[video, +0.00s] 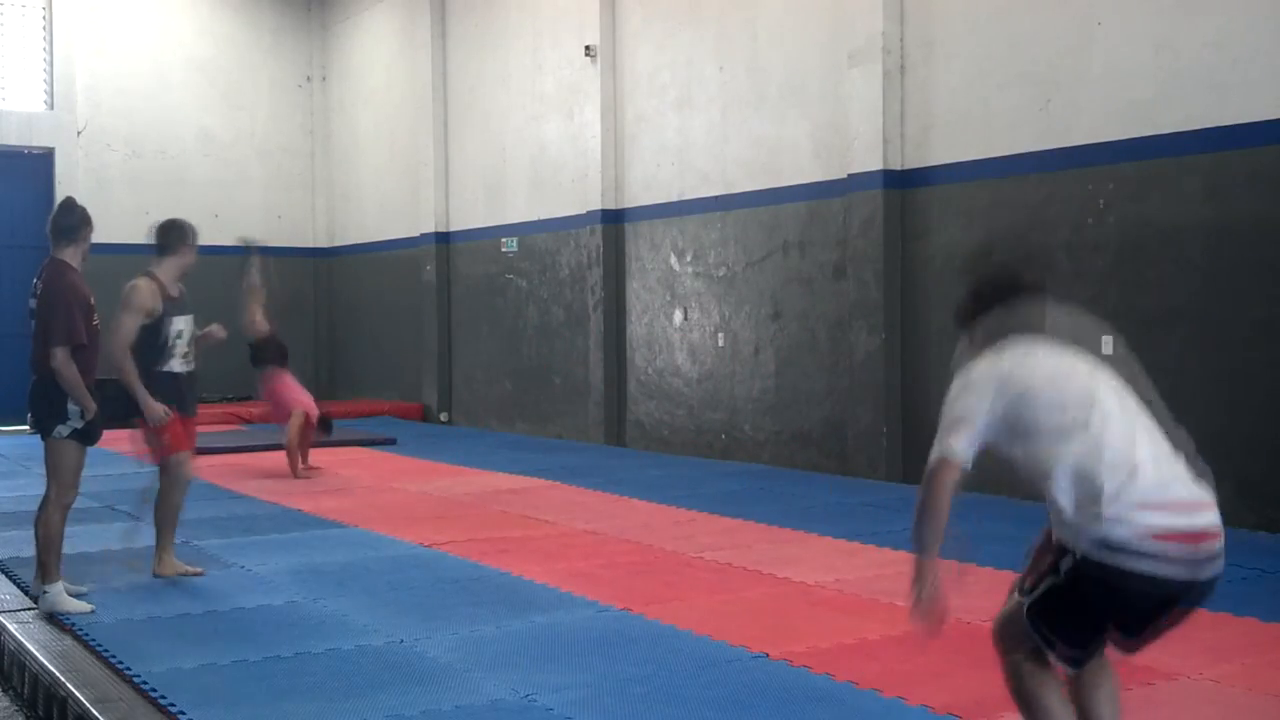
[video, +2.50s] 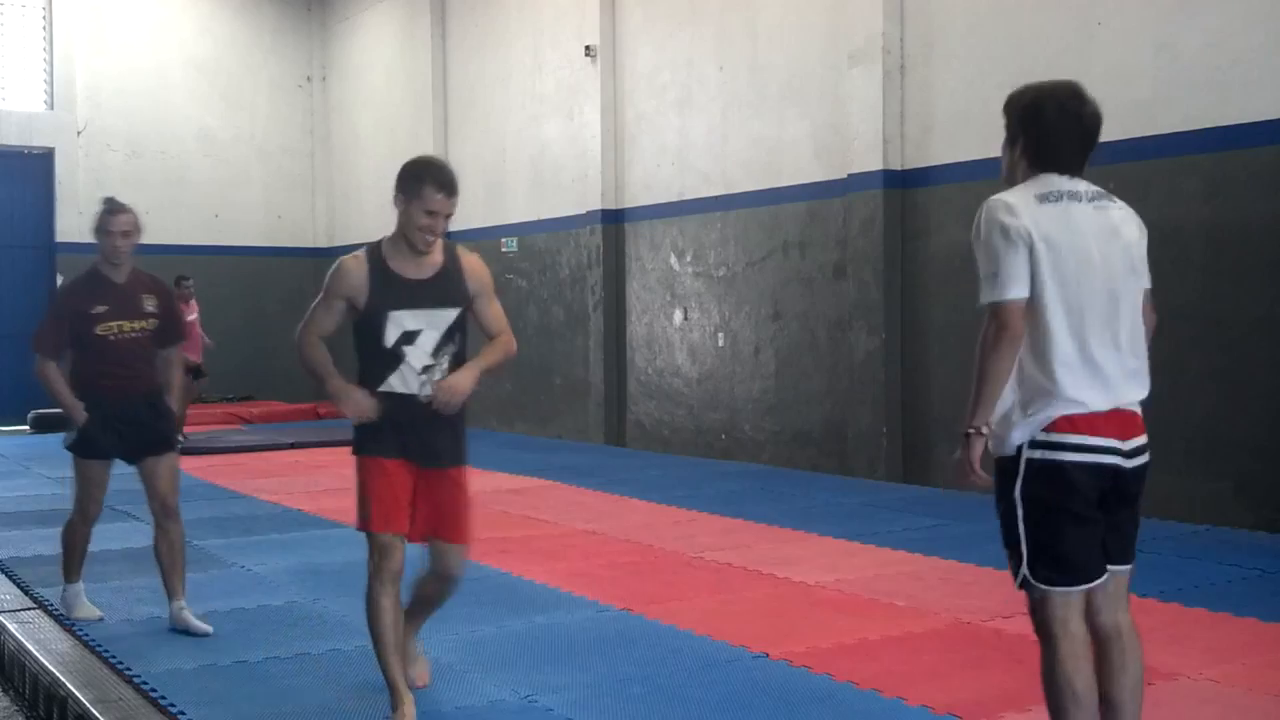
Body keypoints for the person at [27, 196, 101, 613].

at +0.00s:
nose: (93, 238)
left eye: (90, 232)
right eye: (92, 232)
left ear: (56, 234)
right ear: (88, 235)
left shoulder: (51, 275)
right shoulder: (66, 283)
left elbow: (52, 350)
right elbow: (60, 357)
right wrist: (87, 403)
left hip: (53, 393)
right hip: (63, 397)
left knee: (57, 493)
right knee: (61, 496)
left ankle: (47, 577)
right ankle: (51, 588)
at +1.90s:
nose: (87, 239)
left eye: (90, 232)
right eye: (77, 232)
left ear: (90, 236)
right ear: (55, 235)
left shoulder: (85, 282)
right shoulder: (43, 288)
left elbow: (96, 347)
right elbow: (28, 361)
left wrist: (114, 397)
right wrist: (79, 405)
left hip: (94, 398)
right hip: (61, 405)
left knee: (111, 485)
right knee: (77, 492)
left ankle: (58, 561)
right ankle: (67, 593)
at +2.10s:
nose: (80, 237)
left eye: (86, 230)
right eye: (71, 230)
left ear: (93, 232)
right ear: (55, 233)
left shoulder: (104, 280)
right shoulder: (41, 289)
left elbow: (118, 341)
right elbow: (19, 358)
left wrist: (129, 393)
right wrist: (65, 407)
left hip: (112, 402)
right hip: (67, 408)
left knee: (139, 488)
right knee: (69, 502)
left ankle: (113, 575)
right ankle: (67, 595)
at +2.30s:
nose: (92, 240)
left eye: (99, 232)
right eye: (84, 232)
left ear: (109, 234)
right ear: (69, 235)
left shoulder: (128, 285)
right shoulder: (51, 292)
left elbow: (141, 345)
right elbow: (24, 360)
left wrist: (146, 395)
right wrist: (63, 408)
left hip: (127, 404)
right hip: (77, 409)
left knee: (152, 500)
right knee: (74, 507)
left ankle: (169, 593)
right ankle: (68, 595)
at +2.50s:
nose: (119, 241)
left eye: (127, 234)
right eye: (110, 234)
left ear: (137, 238)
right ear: (97, 237)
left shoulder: (157, 291)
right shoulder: (74, 294)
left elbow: (173, 356)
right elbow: (46, 364)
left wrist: (172, 412)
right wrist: (78, 413)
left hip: (151, 412)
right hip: (95, 414)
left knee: (167, 508)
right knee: (86, 512)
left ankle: (178, 606)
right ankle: (72, 591)